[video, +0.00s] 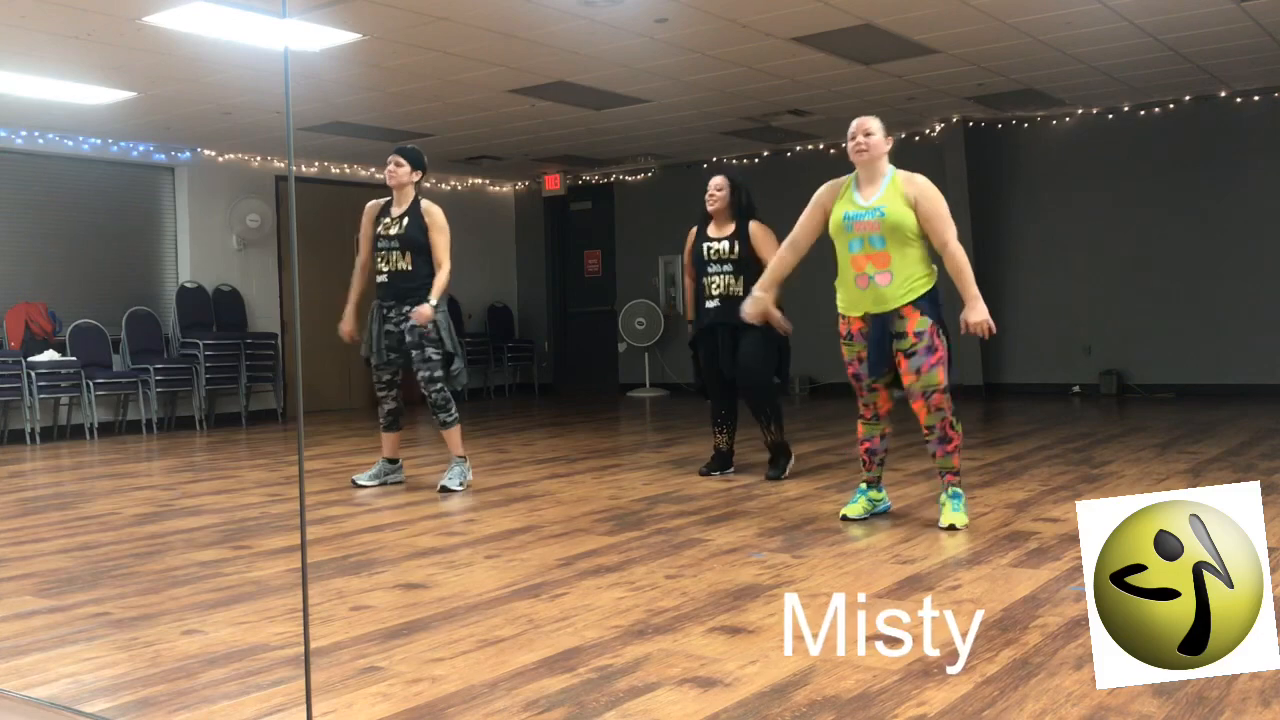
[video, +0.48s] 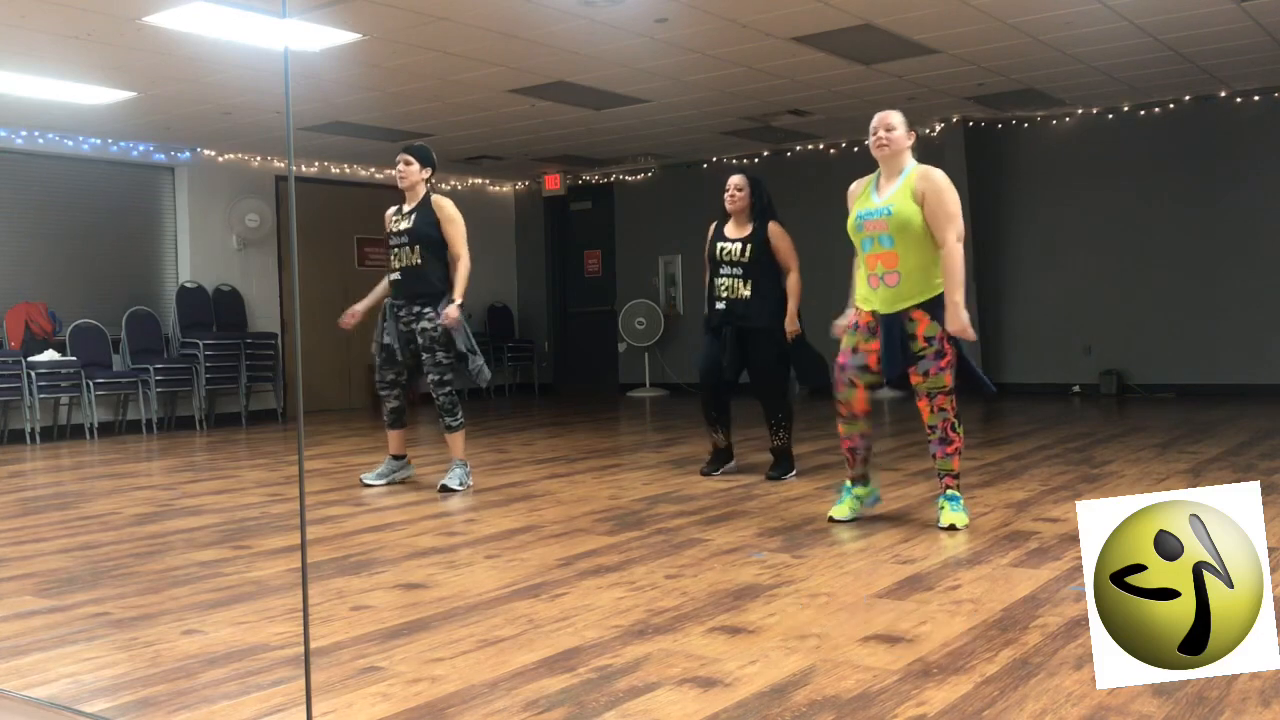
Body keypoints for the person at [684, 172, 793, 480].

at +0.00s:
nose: (710, 195)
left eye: (718, 189)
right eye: (708, 190)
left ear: (734, 195)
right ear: (705, 197)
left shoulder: (754, 231)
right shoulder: (696, 235)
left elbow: (779, 269)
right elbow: (690, 277)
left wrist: (767, 305)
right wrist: (691, 319)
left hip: (751, 327)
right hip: (712, 328)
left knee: (755, 386)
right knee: (719, 392)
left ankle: (779, 451)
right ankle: (722, 455)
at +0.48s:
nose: (730, 194)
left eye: (738, 189)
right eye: (727, 189)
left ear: (753, 195)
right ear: (723, 196)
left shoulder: (771, 230)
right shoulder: (715, 229)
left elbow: (792, 271)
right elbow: (710, 272)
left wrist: (792, 314)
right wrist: (712, 308)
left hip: (765, 326)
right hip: (725, 327)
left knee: (772, 389)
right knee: (712, 382)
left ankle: (783, 457)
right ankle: (721, 452)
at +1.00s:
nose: (727, 200)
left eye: (734, 195)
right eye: (723, 195)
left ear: (748, 199)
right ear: (718, 200)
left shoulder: (767, 234)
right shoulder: (711, 234)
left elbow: (788, 274)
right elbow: (685, 264)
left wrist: (789, 311)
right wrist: (671, 231)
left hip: (758, 331)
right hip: (719, 330)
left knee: (763, 393)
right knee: (724, 392)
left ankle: (777, 458)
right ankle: (725, 456)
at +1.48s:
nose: (745, 196)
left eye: (752, 191)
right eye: (741, 191)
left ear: (768, 196)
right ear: (737, 197)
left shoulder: (783, 227)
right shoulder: (732, 231)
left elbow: (797, 265)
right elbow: (707, 262)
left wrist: (771, 249)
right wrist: (693, 227)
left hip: (774, 326)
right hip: (734, 326)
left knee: (774, 391)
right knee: (732, 389)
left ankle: (779, 459)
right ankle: (732, 457)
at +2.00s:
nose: (740, 200)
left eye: (747, 194)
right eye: (736, 194)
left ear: (760, 198)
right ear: (729, 199)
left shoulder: (779, 229)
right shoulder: (719, 234)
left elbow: (805, 266)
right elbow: (703, 274)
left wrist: (815, 303)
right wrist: (697, 272)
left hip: (771, 326)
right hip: (729, 329)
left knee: (774, 389)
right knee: (724, 389)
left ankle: (779, 458)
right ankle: (727, 454)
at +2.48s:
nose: (729, 198)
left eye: (736, 193)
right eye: (725, 193)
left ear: (751, 198)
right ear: (720, 198)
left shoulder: (770, 234)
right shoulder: (711, 233)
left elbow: (787, 281)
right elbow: (703, 275)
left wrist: (786, 322)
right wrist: (699, 316)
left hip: (762, 330)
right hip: (722, 330)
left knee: (766, 393)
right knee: (726, 393)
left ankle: (779, 458)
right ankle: (728, 456)